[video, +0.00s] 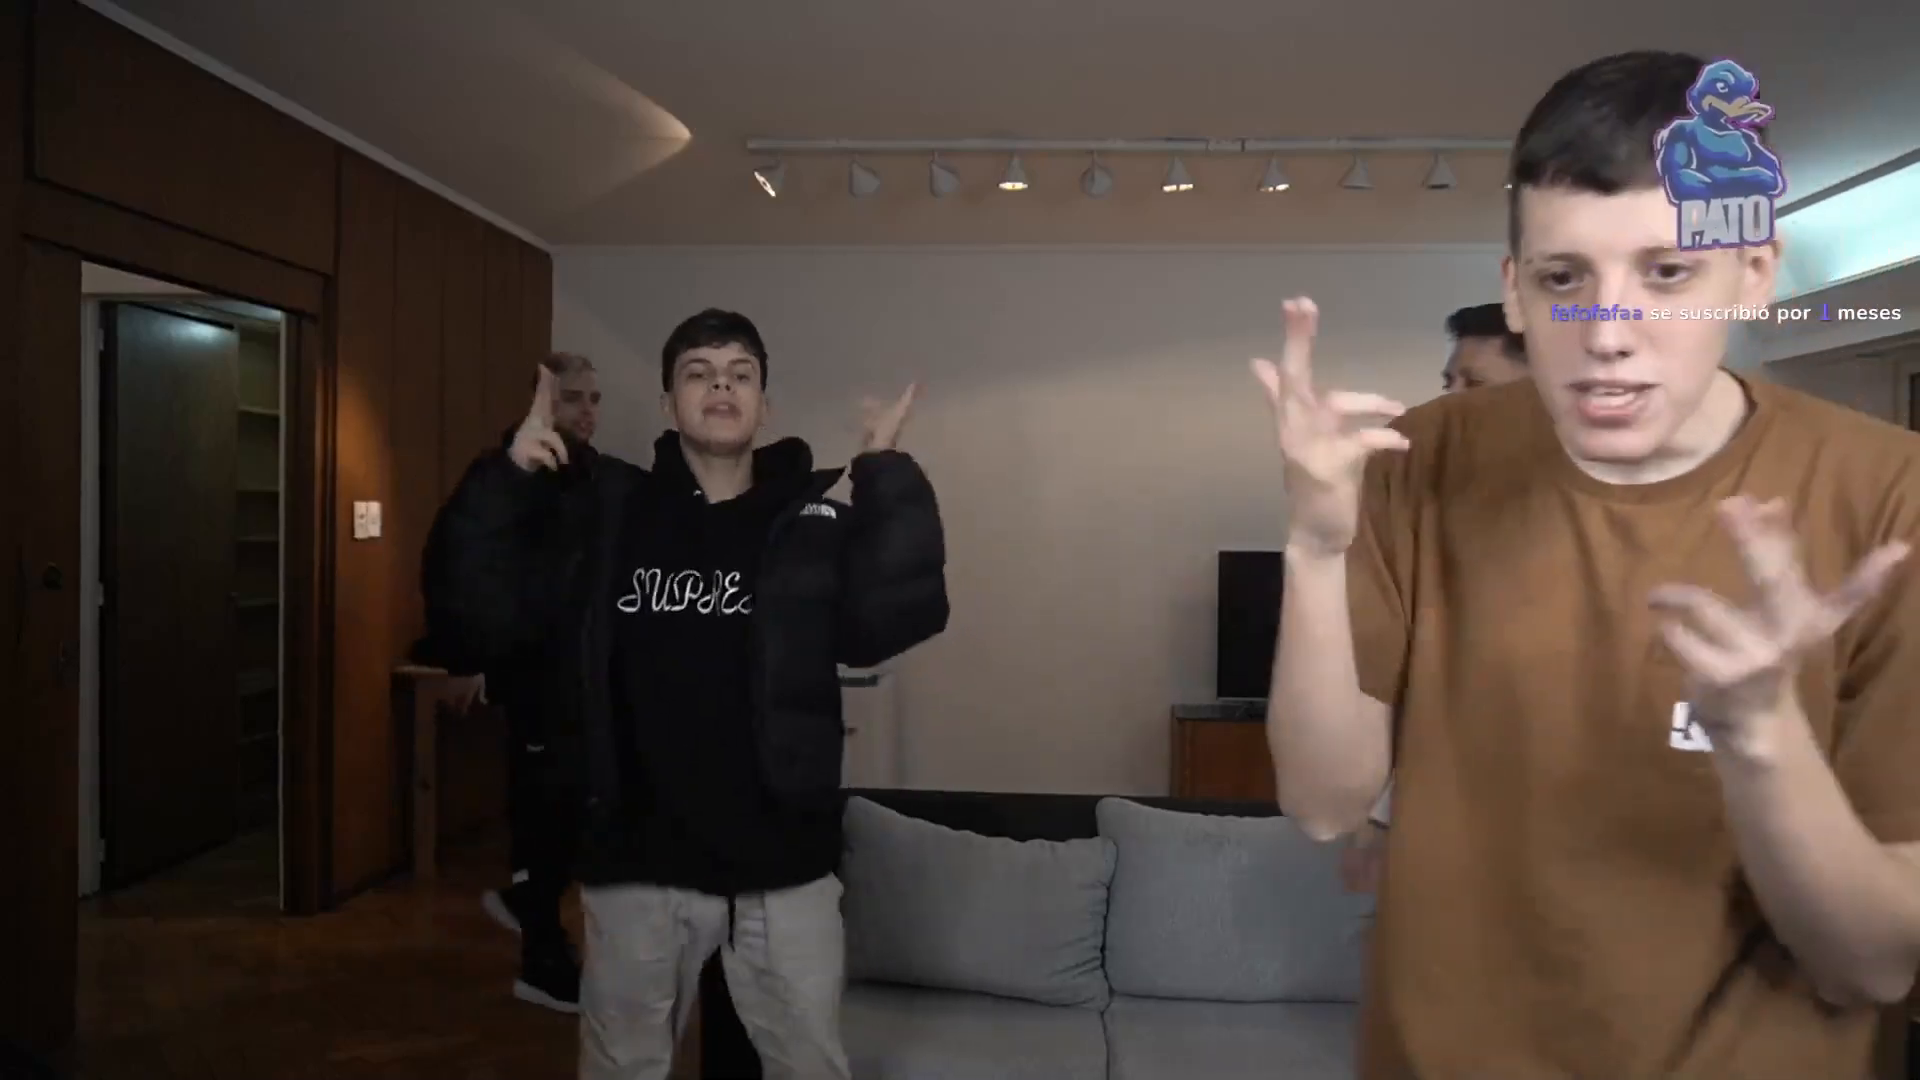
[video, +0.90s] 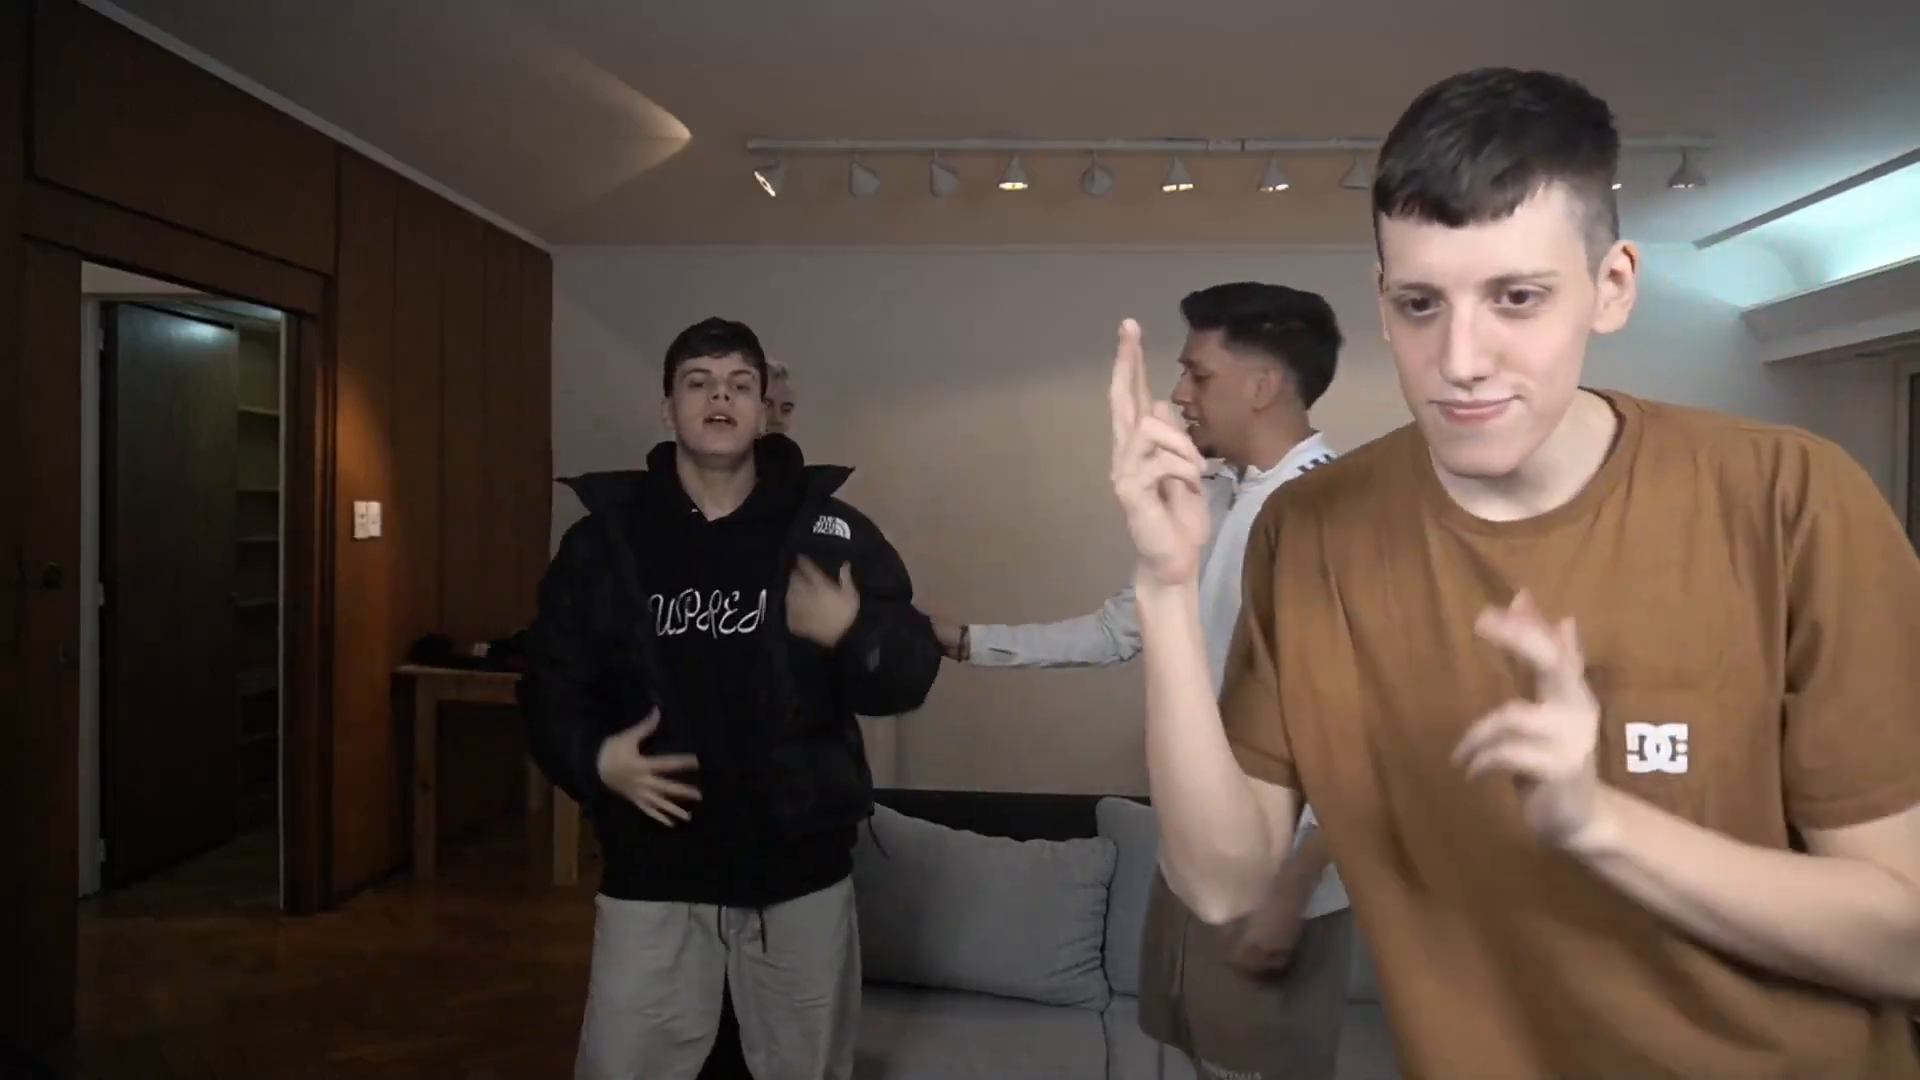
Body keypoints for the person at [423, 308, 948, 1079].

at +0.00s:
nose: (722, 388)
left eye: (742, 375)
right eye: (700, 374)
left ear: (765, 405)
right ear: (669, 404)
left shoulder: (810, 517)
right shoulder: (608, 508)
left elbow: (889, 627)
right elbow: (466, 621)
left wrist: (886, 474)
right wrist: (510, 475)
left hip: (782, 850)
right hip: (641, 849)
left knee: (811, 1066)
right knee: (622, 1064)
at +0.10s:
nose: (721, 405)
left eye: (738, 389)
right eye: (698, 390)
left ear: (760, 412)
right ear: (666, 413)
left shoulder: (803, 538)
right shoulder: (604, 527)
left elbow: (879, 662)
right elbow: (478, 653)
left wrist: (811, 554)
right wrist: (546, 586)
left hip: (763, 866)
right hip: (615, 871)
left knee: (847, 1042)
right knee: (602, 1066)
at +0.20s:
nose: (709, 424)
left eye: (727, 408)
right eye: (687, 409)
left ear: (752, 430)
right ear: (658, 433)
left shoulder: (811, 572)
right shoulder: (592, 540)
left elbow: (802, 708)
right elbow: (539, 687)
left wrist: (671, 663)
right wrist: (664, 753)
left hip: (757, 880)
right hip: (605, 892)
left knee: (842, 1055)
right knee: (588, 1068)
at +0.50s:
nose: (709, 382)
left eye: (729, 372)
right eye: (687, 372)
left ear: (755, 404)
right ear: (659, 403)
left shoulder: (822, 524)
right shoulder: (603, 515)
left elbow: (851, 667)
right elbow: (552, 676)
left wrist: (734, 722)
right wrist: (675, 648)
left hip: (780, 857)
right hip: (636, 858)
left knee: (797, 1066)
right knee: (621, 1066)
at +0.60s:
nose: (719, 396)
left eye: (739, 383)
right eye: (697, 383)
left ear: (764, 414)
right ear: (669, 412)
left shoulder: (836, 543)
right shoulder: (615, 530)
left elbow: (868, 705)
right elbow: (565, 691)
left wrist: (749, 771)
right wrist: (684, 743)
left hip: (799, 872)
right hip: (650, 871)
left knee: (814, 1070)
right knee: (583, 1064)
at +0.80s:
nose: (730, 399)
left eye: (750, 385)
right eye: (708, 384)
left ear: (775, 415)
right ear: (679, 409)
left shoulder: (848, 539)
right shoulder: (616, 545)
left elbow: (910, 695)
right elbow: (563, 701)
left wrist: (854, 734)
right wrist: (615, 802)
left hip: (815, 881)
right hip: (666, 886)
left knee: (815, 1072)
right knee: (628, 1071)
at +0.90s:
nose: (719, 397)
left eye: (740, 383)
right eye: (698, 383)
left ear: (771, 411)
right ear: (670, 410)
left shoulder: (832, 532)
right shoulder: (606, 538)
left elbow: (909, 673)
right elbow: (547, 686)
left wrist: (850, 633)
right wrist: (595, 759)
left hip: (800, 872)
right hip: (652, 875)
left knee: (805, 1070)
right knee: (623, 1070)